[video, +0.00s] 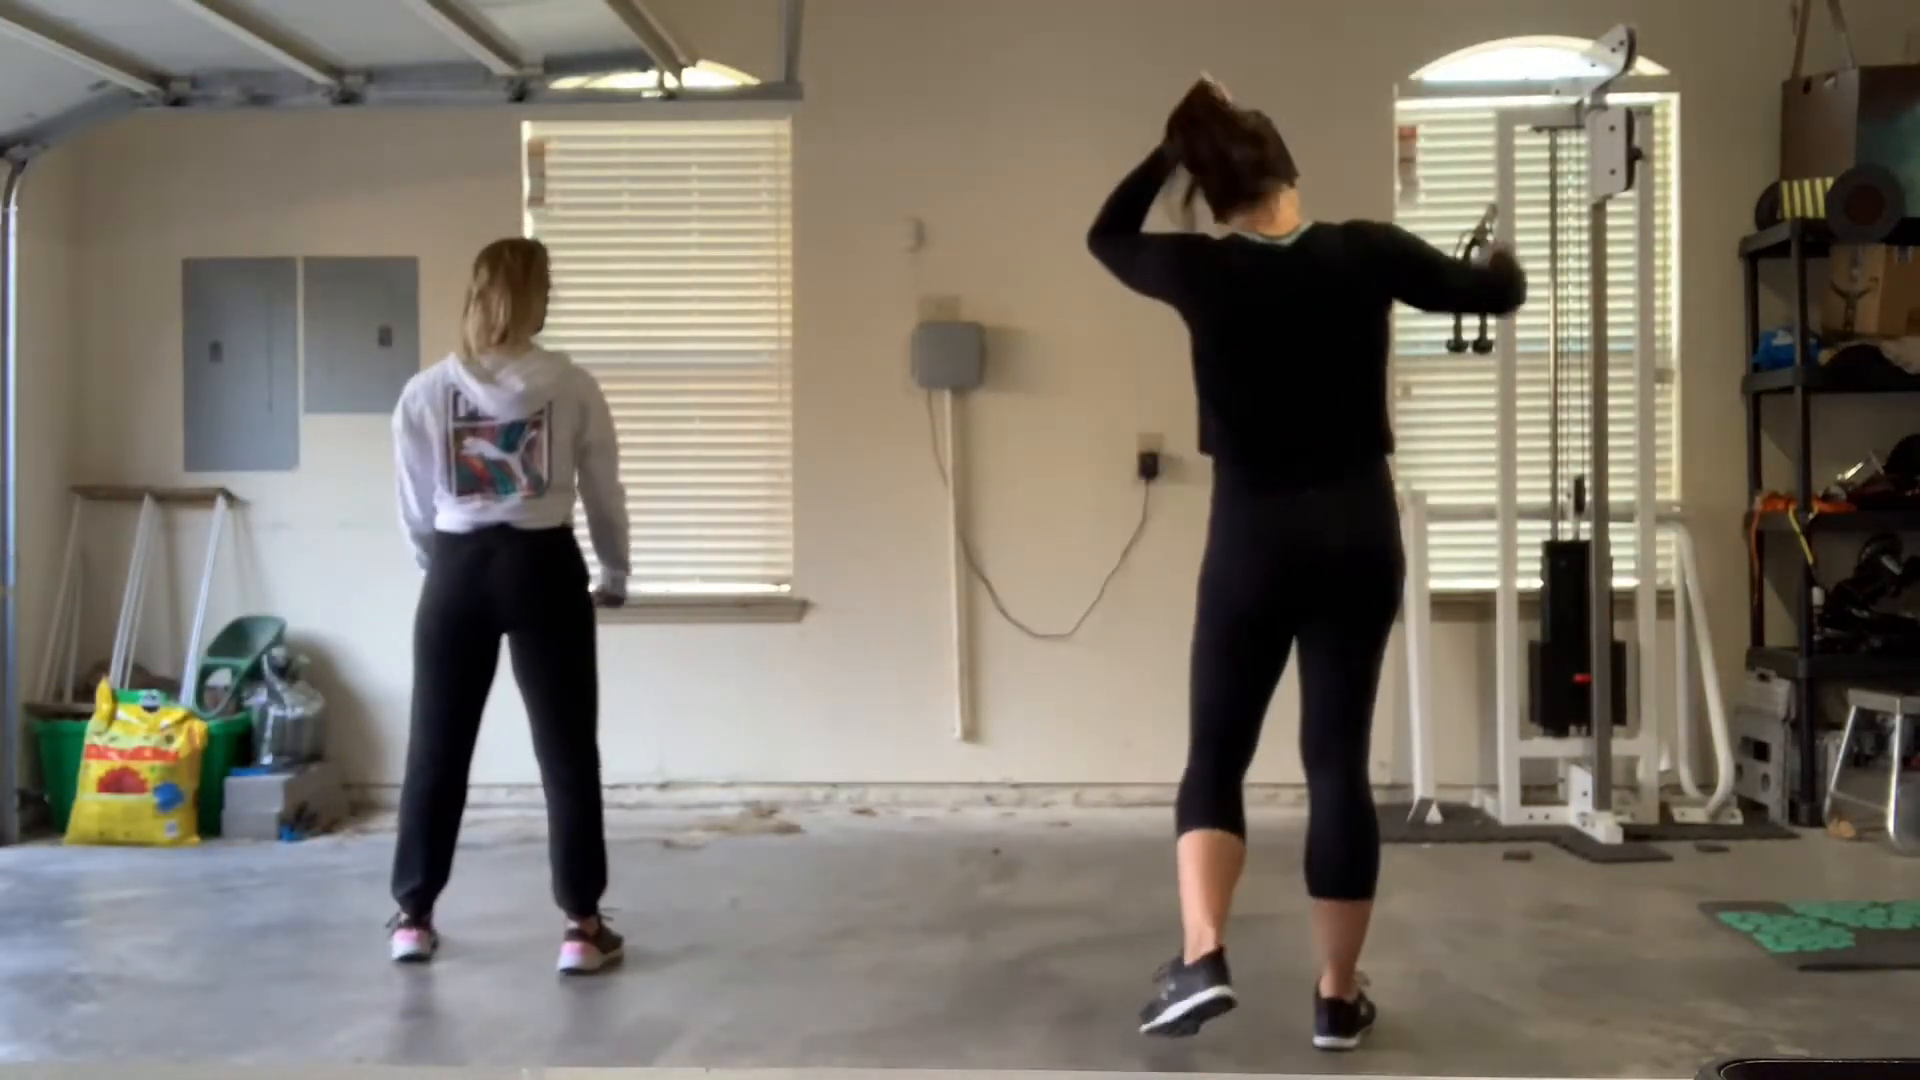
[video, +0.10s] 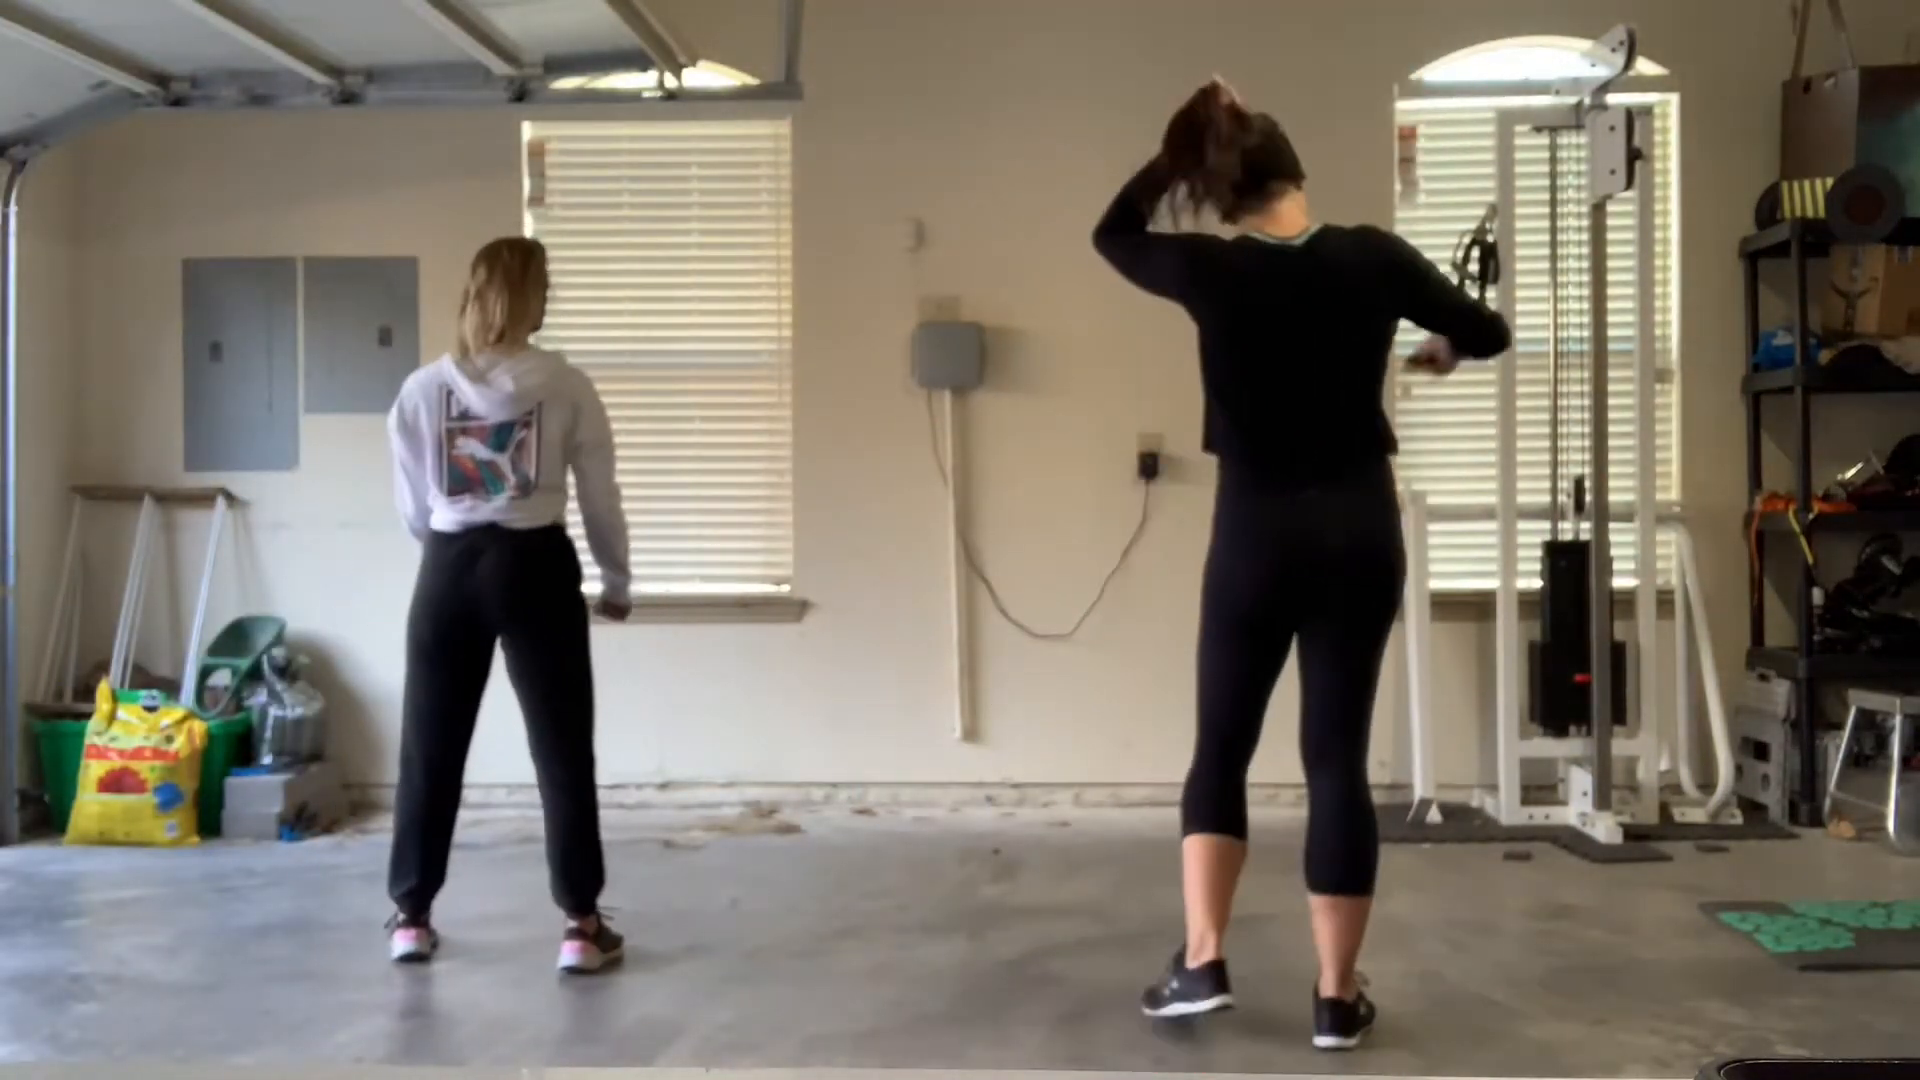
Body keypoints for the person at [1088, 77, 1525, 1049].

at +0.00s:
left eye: (1224, 191)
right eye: (1277, 178)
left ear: (1209, 195)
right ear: (1291, 175)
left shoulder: (1203, 271)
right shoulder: (1367, 251)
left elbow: (1111, 234)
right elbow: (1491, 290)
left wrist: (1167, 150)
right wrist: (1499, 264)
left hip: (1253, 548)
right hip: (1362, 543)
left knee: (1214, 759)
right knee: (1339, 766)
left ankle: (1202, 958)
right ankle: (1338, 994)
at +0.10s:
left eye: (1230, 198)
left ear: (1220, 197)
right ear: (1298, 176)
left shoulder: (1212, 271)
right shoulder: (1371, 255)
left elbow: (1115, 234)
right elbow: (1486, 333)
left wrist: (1174, 152)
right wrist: (1443, 352)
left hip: (1256, 544)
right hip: (1363, 540)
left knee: (1220, 753)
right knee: (1338, 761)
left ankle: (1202, 965)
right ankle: (1337, 995)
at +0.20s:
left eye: (1237, 201)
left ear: (1222, 199)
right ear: (1302, 179)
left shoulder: (1215, 273)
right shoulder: (1372, 260)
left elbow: (1118, 233)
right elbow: (1472, 355)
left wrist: (1190, 153)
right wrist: (1390, 386)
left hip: (1254, 544)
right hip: (1361, 542)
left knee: (1218, 749)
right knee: (1337, 759)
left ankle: (1187, 961)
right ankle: (1337, 994)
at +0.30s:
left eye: (1232, 205)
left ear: (1219, 205)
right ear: (1298, 187)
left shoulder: (1209, 277)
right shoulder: (1363, 265)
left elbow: (1116, 236)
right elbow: (1456, 364)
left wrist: (1188, 156)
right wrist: (1366, 396)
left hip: (1250, 541)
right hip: (1355, 540)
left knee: (1218, 743)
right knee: (1332, 756)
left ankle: (1166, 939)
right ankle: (1335, 992)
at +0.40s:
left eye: (1218, 212)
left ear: (1211, 215)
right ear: (1288, 197)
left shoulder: (1199, 286)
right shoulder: (1351, 275)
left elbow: (1111, 243)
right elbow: (1439, 376)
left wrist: (1179, 162)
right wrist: (1350, 403)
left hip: (1239, 546)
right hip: (1342, 542)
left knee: (1212, 750)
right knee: (1326, 758)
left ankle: (1161, 933)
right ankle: (1334, 992)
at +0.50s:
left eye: (1201, 215)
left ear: (1196, 219)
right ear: (1271, 203)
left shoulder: (1181, 291)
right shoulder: (1329, 284)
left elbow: (1101, 246)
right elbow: (1422, 380)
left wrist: (1167, 170)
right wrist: (1333, 405)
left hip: (1218, 552)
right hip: (1319, 547)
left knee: (1206, 746)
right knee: (1313, 755)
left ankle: (1162, 938)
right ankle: (1331, 991)